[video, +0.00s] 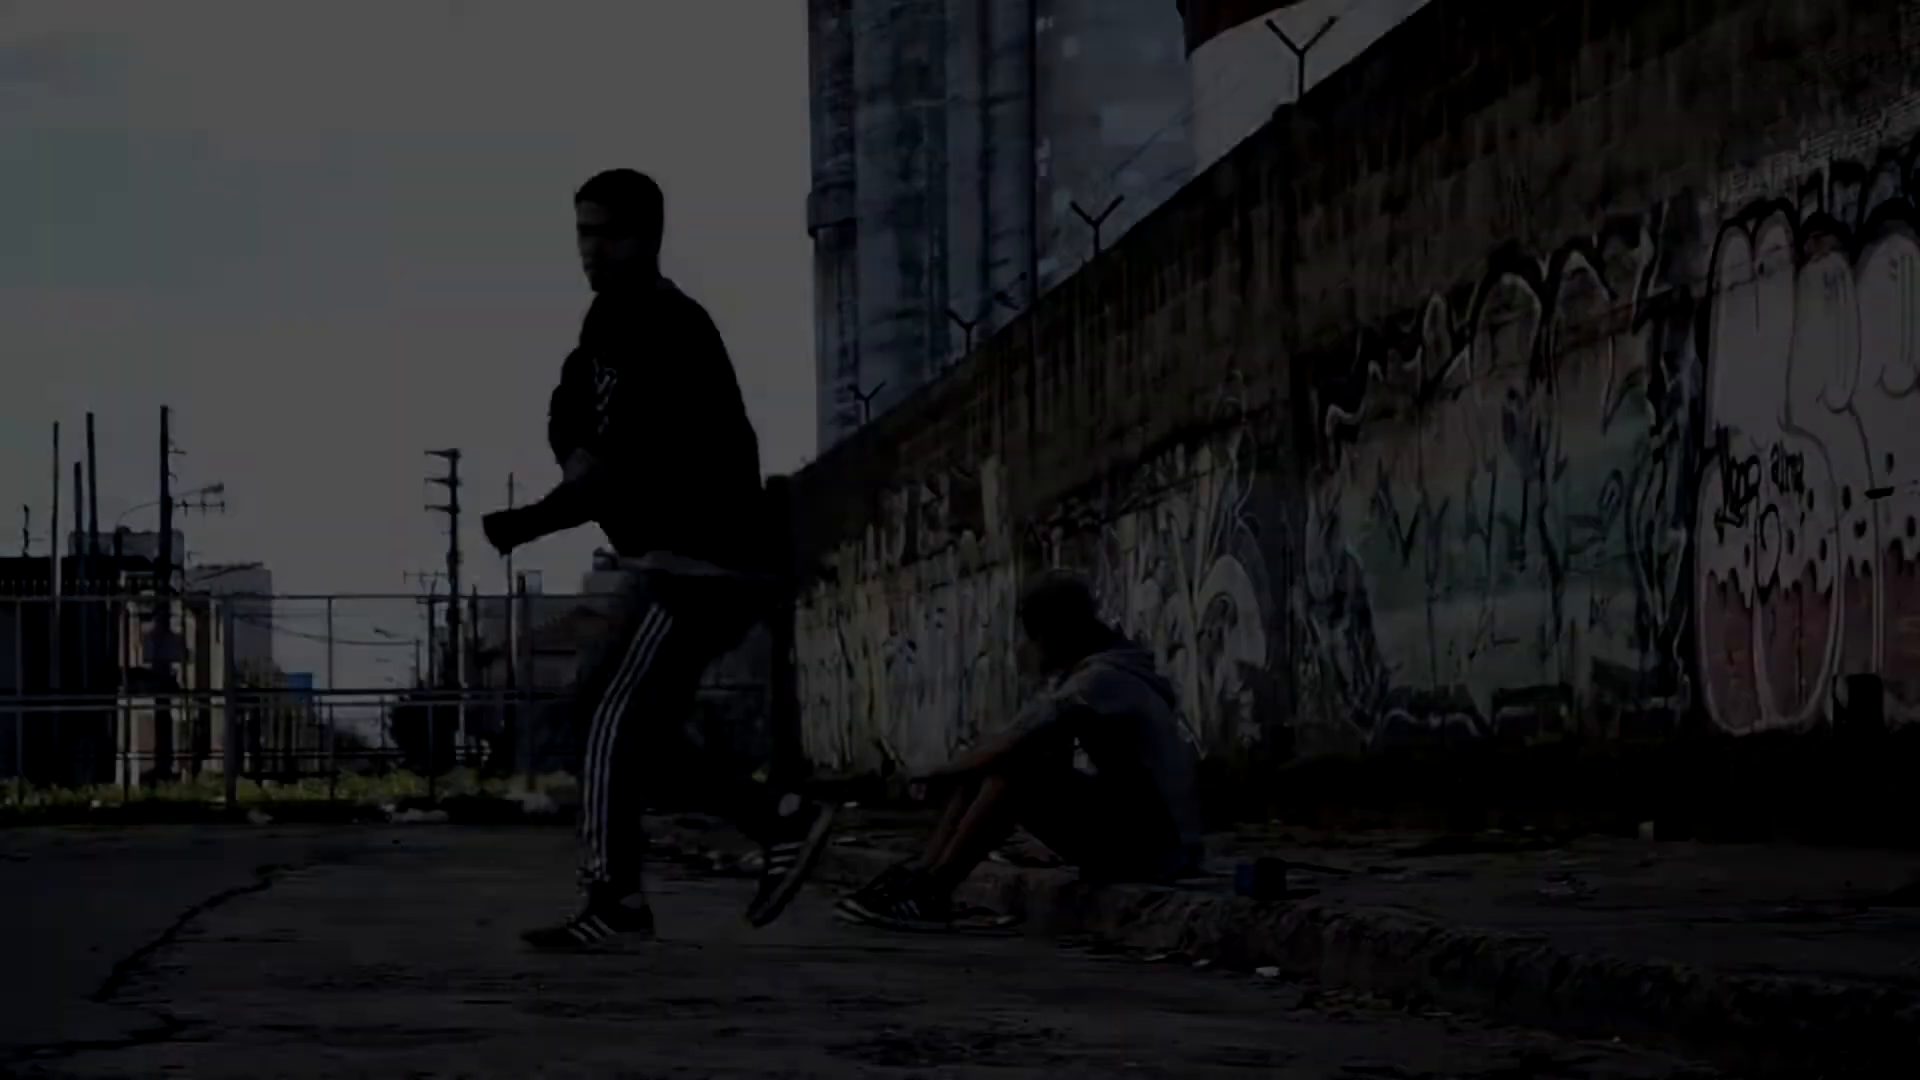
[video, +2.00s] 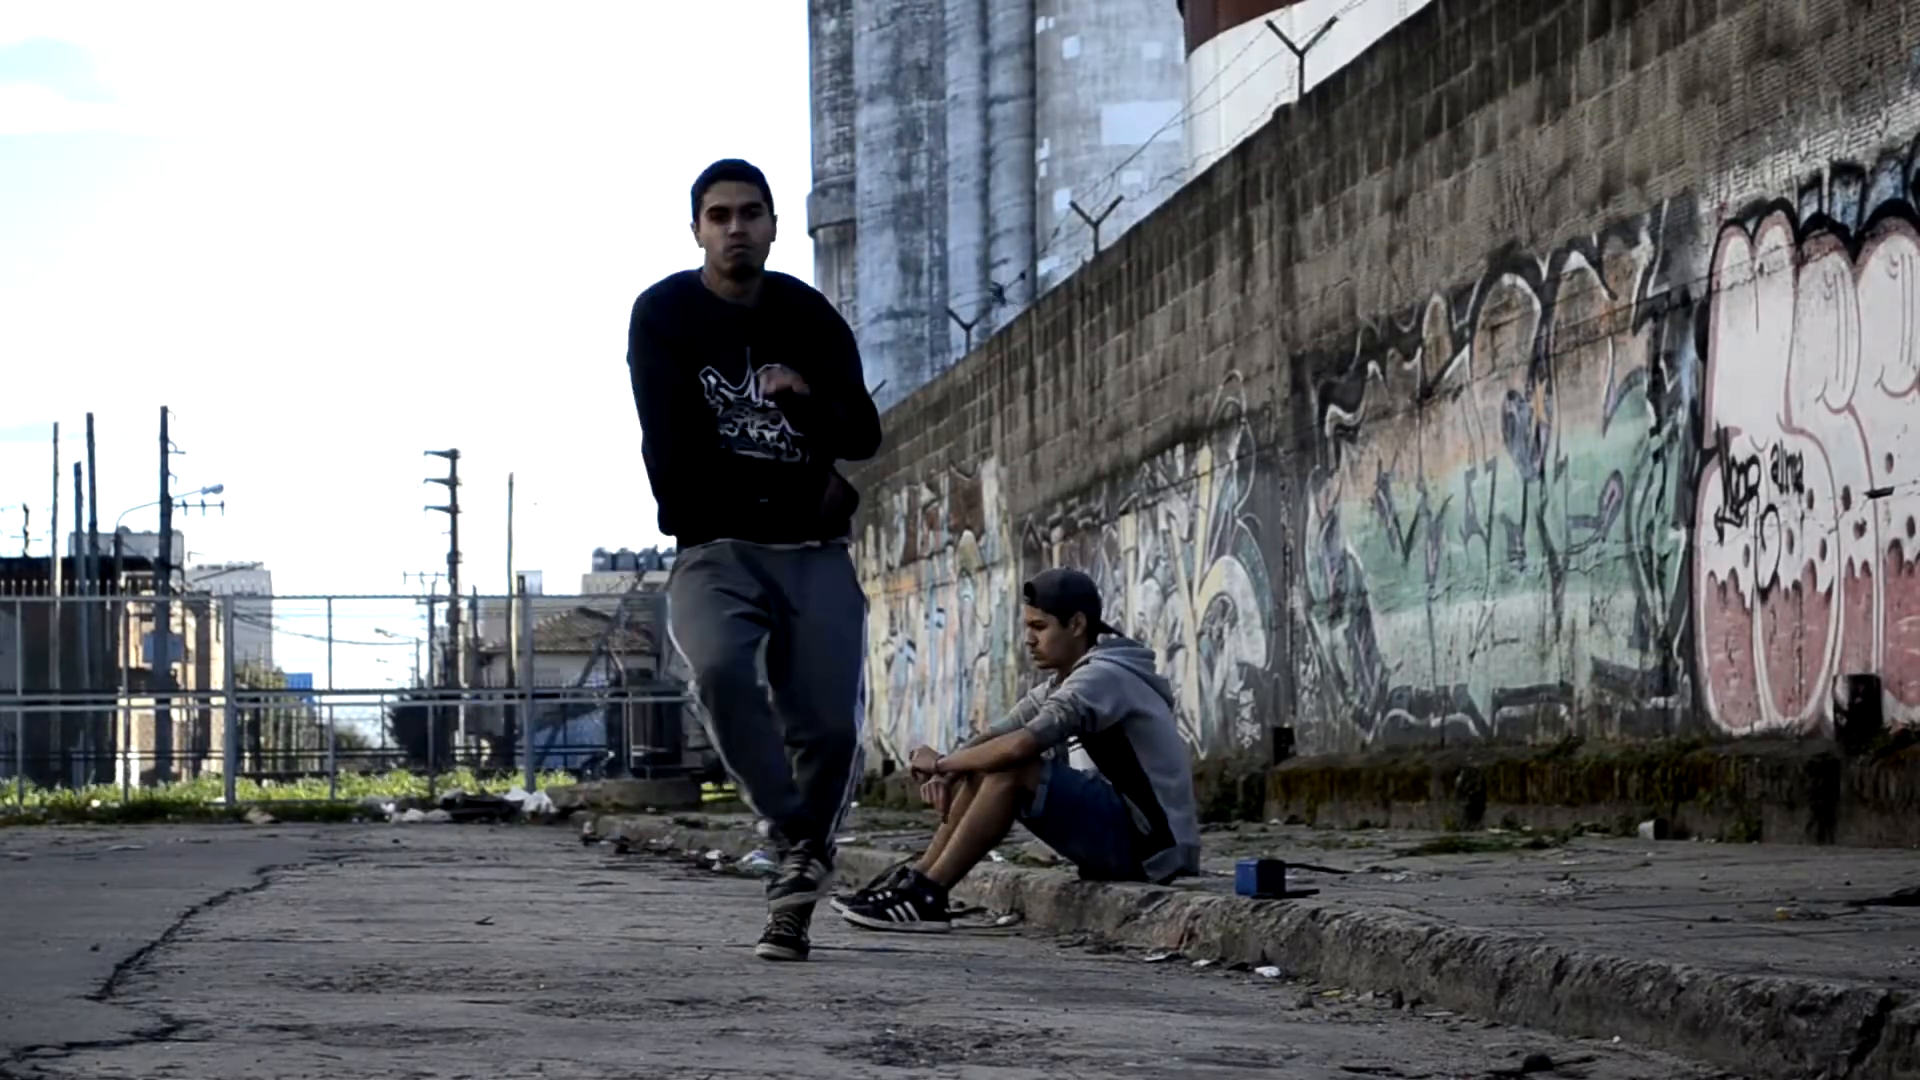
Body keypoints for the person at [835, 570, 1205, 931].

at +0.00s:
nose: (1027, 650)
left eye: (1031, 636)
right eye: (1026, 636)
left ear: (1058, 631)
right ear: (1077, 624)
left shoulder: (1103, 675)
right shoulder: (1087, 673)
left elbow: (1016, 745)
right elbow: (1016, 741)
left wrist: (937, 774)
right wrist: (945, 772)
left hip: (1148, 848)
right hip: (1129, 837)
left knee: (1014, 778)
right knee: (994, 769)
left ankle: (934, 894)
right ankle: (919, 883)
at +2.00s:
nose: (1029, 639)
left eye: (1039, 627)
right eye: (1027, 627)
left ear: (1078, 625)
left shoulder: (1103, 673)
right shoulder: (1072, 675)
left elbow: (1022, 747)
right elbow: (1005, 730)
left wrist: (944, 761)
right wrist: (945, 762)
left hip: (1151, 844)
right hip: (1121, 834)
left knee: (1014, 770)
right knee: (983, 763)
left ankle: (932, 893)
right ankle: (915, 883)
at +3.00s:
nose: (1039, 648)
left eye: (1049, 635)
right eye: (1031, 636)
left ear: (1088, 628)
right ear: (1027, 634)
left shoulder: (1110, 673)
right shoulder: (1068, 676)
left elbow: (1024, 743)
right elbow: (1002, 731)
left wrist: (943, 773)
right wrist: (945, 773)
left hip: (1148, 846)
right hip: (1118, 836)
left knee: (1015, 771)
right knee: (986, 763)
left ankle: (932, 894)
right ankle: (914, 883)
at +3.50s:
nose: (1035, 634)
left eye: (1047, 621)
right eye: (1030, 624)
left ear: (1085, 621)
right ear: (1026, 624)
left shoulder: (1103, 666)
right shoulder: (1081, 668)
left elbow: (1018, 741)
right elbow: (1012, 736)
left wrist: (940, 772)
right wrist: (948, 773)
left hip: (1149, 844)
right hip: (1123, 835)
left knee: (1011, 772)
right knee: (987, 766)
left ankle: (934, 893)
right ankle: (917, 879)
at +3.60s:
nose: (1029, 634)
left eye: (1040, 620)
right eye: (1025, 624)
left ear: (1080, 621)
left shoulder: (1100, 667)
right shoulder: (1079, 671)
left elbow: (1018, 741)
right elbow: (1011, 740)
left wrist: (939, 772)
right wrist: (946, 774)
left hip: (1149, 844)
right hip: (1123, 836)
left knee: (1012, 770)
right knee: (987, 766)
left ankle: (934, 893)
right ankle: (917, 879)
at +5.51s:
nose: (1019, 650)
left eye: (1028, 636)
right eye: (1015, 639)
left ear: (1067, 628)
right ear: (1061, 632)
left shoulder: (1101, 676)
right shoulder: (1064, 684)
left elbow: (1011, 751)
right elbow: (999, 743)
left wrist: (957, 749)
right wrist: (942, 776)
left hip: (1151, 848)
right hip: (1120, 839)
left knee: (1013, 771)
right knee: (983, 767)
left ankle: (933, 895)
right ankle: (915, 882)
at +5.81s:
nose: (1029, 642)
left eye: (1040, 629)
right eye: (1025, 630)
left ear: (1079, 627)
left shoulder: (1105, 674)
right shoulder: (1063, 671)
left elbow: (1007, 738)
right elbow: (990, 725)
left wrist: (994, 717)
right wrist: (936, 792)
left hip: (1147, 845)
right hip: (1116, 833)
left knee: (1013, 766)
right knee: (988, 756)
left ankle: (932, 895)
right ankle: (915, 882)